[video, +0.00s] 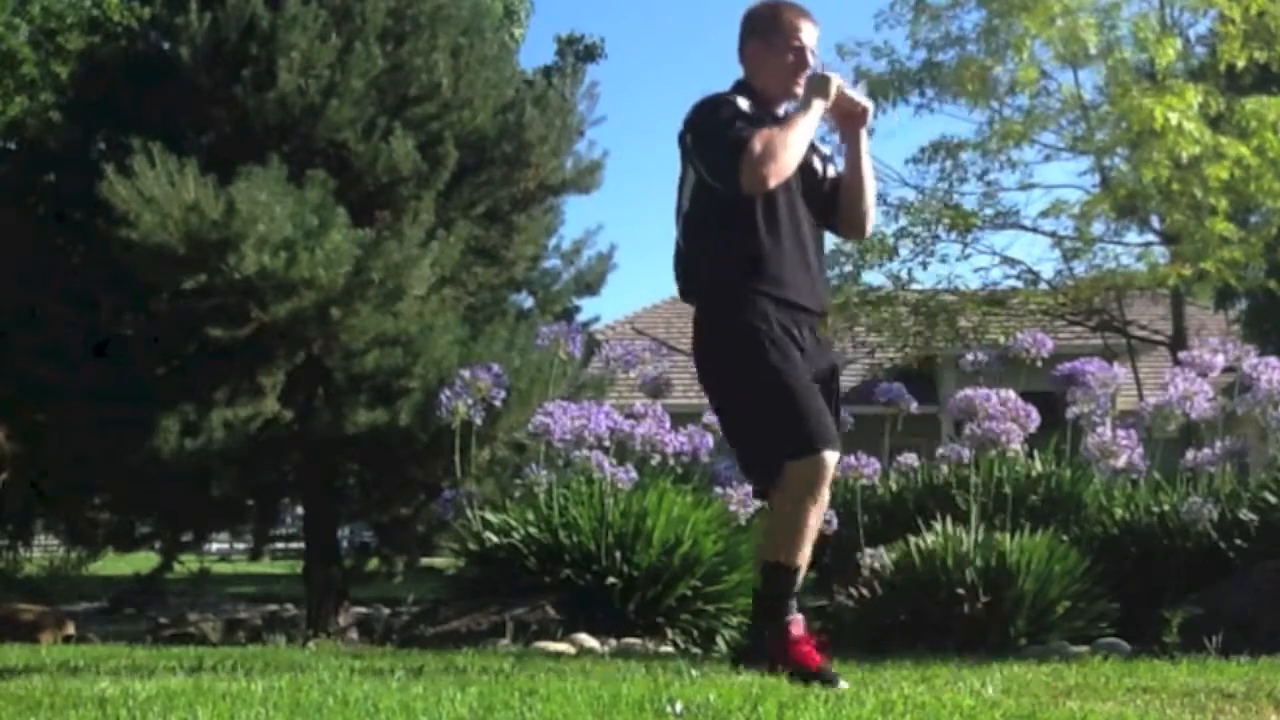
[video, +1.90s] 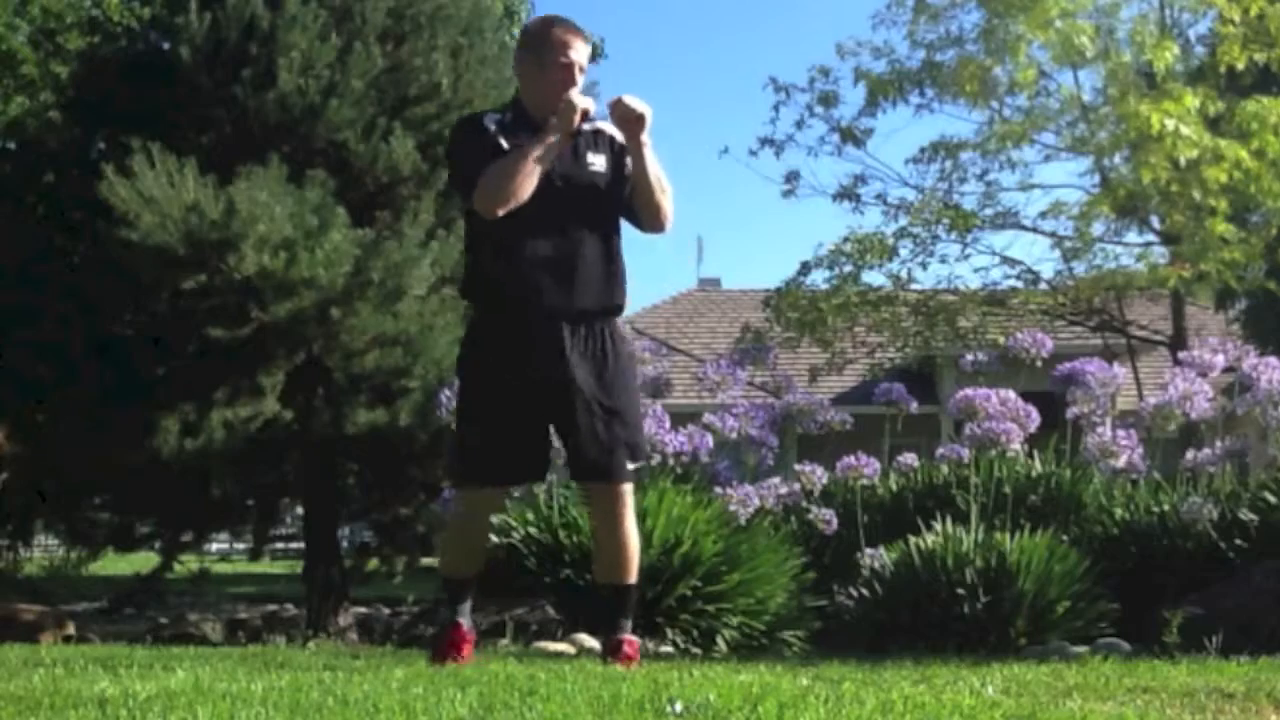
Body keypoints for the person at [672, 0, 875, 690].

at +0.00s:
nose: (806, 60)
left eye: (810, 50)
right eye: (791, 48)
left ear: (813, 61)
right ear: (750, 51)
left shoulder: (801, 135)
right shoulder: (715, 115)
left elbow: (854, 222)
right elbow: (760, 170)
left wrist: (856, 137)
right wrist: (814, 107)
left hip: (801, 326)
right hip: (743, 320)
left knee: (799, 482)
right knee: (814, 456)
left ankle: (770, 636)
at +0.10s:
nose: (778, 70)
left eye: (783, 59)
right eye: (764, 56)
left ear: (786, 69)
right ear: (721, 58)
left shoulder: (776, 147)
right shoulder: (681, 122)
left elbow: (833, 218)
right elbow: (729, 171)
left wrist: (829, 133)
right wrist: (783, 105)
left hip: (782, 330)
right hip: (713, 323)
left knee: (792, 489)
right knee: (751, 476)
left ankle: (758, 642)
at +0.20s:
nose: (742, 79)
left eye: (748, 68)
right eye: (731, 65)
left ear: (746, 74)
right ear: (687, 61)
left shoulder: (742, 150)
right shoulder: (647, 127)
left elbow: (799, 225)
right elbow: (692, 185)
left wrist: (795, 140)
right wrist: (744, 117)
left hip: (754, 335)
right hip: (681, 332)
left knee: (770, 494)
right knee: (673, 491)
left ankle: (756, 645)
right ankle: (565, 602)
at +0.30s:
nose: (703, 82)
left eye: (709, 73)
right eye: (692, 68)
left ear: (709, 78)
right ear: (648, 64)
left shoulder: (703, 151)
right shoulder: (610, 132)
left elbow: (758, 235)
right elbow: (654, 204)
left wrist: (759, 156)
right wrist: (713, 137)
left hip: (719, 345)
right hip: (636, 345)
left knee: (746, 499)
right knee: (600, 497)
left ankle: (752, 647)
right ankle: (517, 606)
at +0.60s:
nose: (630, 77)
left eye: (637, 68)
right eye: (617, 64)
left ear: (644, 76)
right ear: (576, 62)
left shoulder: (650, 151)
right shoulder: (529, 136)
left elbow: (696, 231)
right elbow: (549, 209)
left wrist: (687, 153)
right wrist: (611, 140)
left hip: (637, 346)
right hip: (547, 347)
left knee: (691, 469)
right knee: (523, 501)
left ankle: (667, 625)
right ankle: (495, 636)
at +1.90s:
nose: (572, 77)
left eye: (580, 67)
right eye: (559, 64)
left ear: (587, 75)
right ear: (521, 66)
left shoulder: (608, 143)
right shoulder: (481, 134)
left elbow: (656, 218)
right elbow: (491, 202)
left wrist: (639, 141)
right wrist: (552, 135)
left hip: (594, 336)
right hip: (505, 336)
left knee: (611, 487)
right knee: (478, 491)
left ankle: (620, 634)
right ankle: (455, 623)